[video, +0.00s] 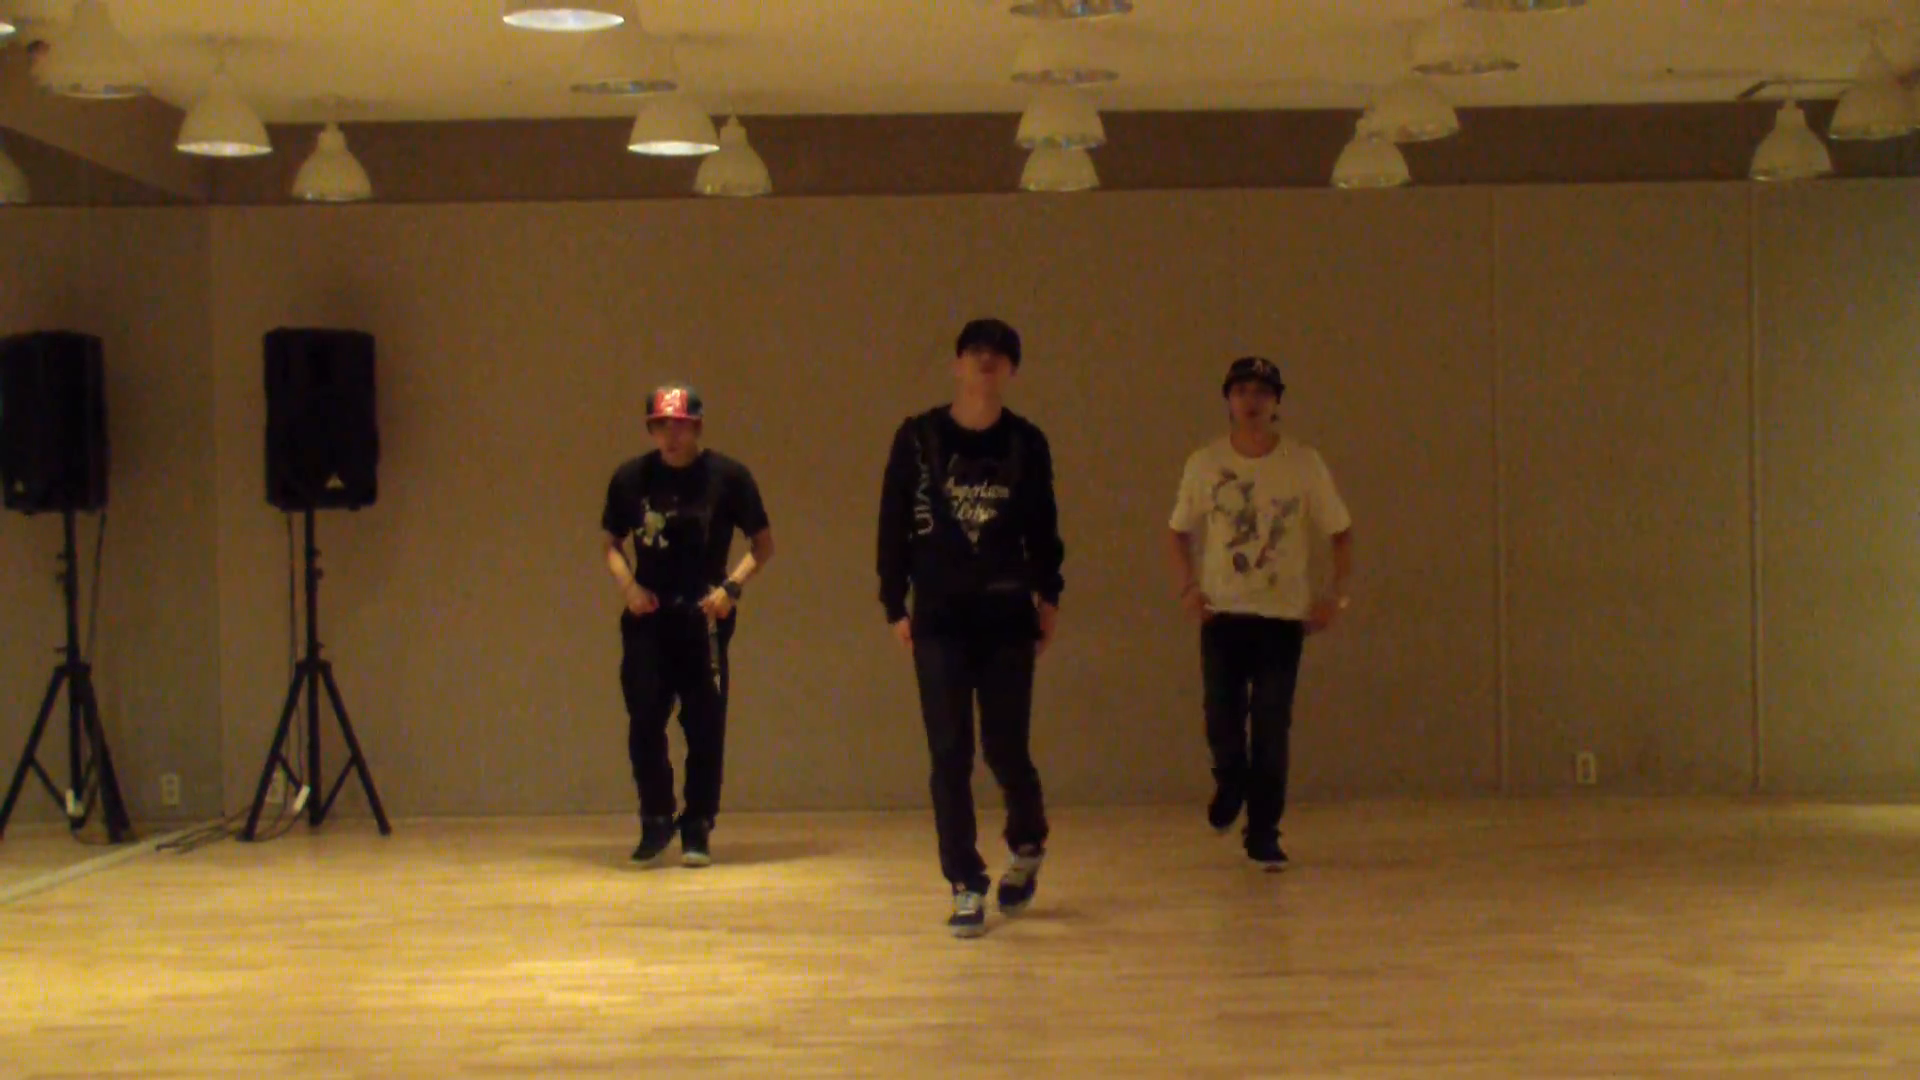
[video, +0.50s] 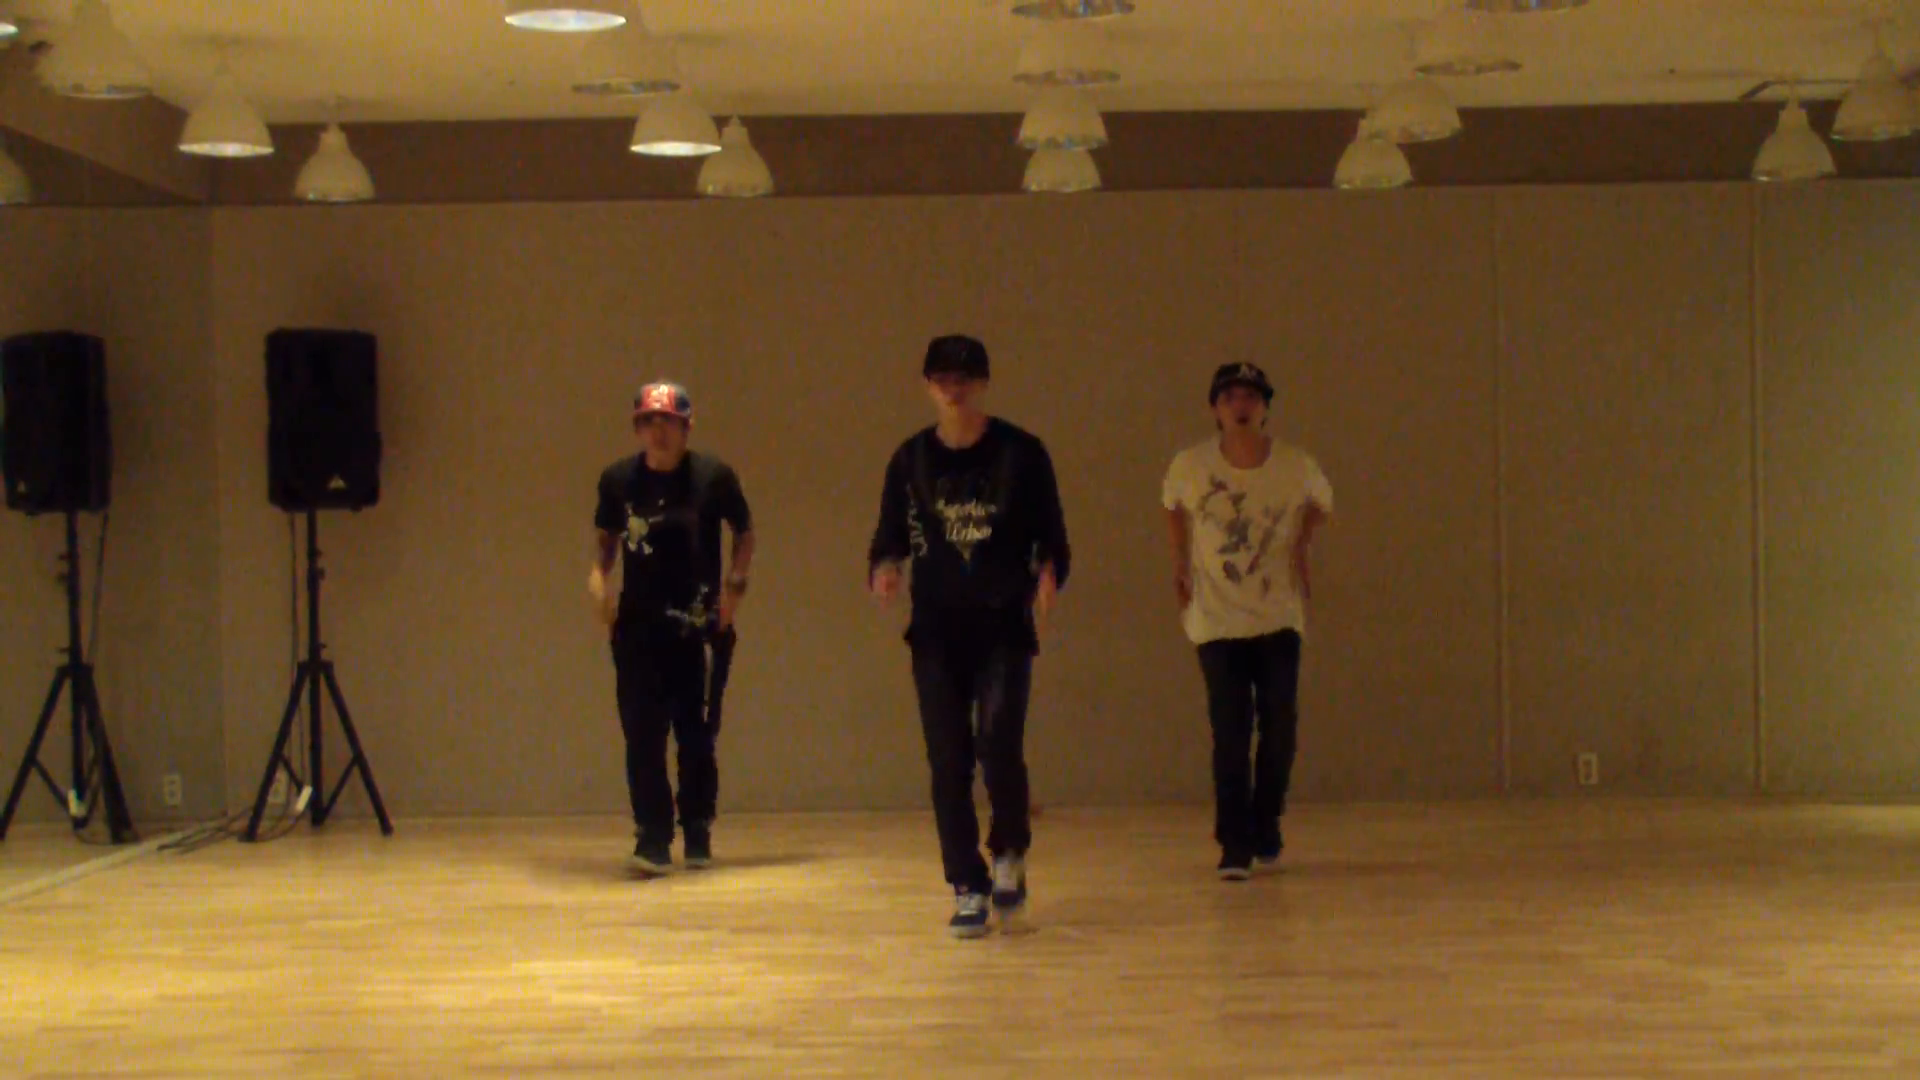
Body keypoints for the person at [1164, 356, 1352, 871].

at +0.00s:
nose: (1251, 401)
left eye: (1261, 393)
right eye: (1242, 393)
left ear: (1277, 401)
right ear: (1227, 400)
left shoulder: (1302, 462)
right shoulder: (1204, 463)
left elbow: (1339, 530)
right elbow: (1178, 531)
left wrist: (1335, 596)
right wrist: (1188, 588)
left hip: (1282, 617)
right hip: (1222, 615)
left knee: (1271, 726)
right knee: (1220, 718)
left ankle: (1264, 831)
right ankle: (1230, 784)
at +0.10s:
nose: (1246, 393)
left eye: (1256, 383)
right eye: (1236, 383)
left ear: (1273, 391)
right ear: (1221, 392)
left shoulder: (1302, 452)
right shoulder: (1200, 456)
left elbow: (1336, 526)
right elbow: (1183, 529)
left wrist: (1341, 595)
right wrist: (1180, 593)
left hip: (1283, 614)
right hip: (1221, 613)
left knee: (1272, 730)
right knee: (1223, 727)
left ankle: (1265, 835)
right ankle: (1224, 828)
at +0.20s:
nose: (1243, 390)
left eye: (1253, 380)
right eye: (1234, 381)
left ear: (1270, 388)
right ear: (1219, 391)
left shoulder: (1300, 450)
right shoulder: (1198, 456)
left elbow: (1327, 530)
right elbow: (1184, 535)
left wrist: (1333, 605)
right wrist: (1182, 605)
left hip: (1283, 614)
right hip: (1219, 615)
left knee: (1273, 733)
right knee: (1225, 733)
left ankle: (1267, 838)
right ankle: (1229, 844)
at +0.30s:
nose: (1240, 395)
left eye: (1250, 386)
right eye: (1230, 387)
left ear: (1267, 394)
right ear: (1216, 397)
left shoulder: (1298, 457)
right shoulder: (1196, 460)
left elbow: (1324, 535)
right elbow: (1182, 537)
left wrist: (1320, 612)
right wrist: (1185, 609)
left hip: (1282, 619)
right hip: (1219, 619)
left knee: (1274, 736)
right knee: (1225, 736)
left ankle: (1267, 839)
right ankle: (1231, 845)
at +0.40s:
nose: (1239, 398)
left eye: (1248, 389)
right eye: (1229, 390)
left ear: (1266, 399)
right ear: (1215, 400)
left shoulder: (1297, 461)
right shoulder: (1192, 462)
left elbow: (1327, 517)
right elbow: (1178, 525)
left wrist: (1310, 578)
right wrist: (1187, 586)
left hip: (1280, 620)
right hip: (1217, 619)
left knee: (1274, 735)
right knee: (1226, 736)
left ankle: (1267, 837)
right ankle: (1232, 845)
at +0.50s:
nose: (1240, 404)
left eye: (1249, 396)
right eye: (1229, 396)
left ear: (1265, 406)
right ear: (1215, 408)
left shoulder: (1295, 464)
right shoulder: (1190, 466)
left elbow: (1319, 508)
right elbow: (1176, 519)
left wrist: (1299, 550)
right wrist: (1181, 572)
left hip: (1278, 617)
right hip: (1217, 619)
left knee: (1279, 729)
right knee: (1231, 732)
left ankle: (1266, 831)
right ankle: (1234, 844)